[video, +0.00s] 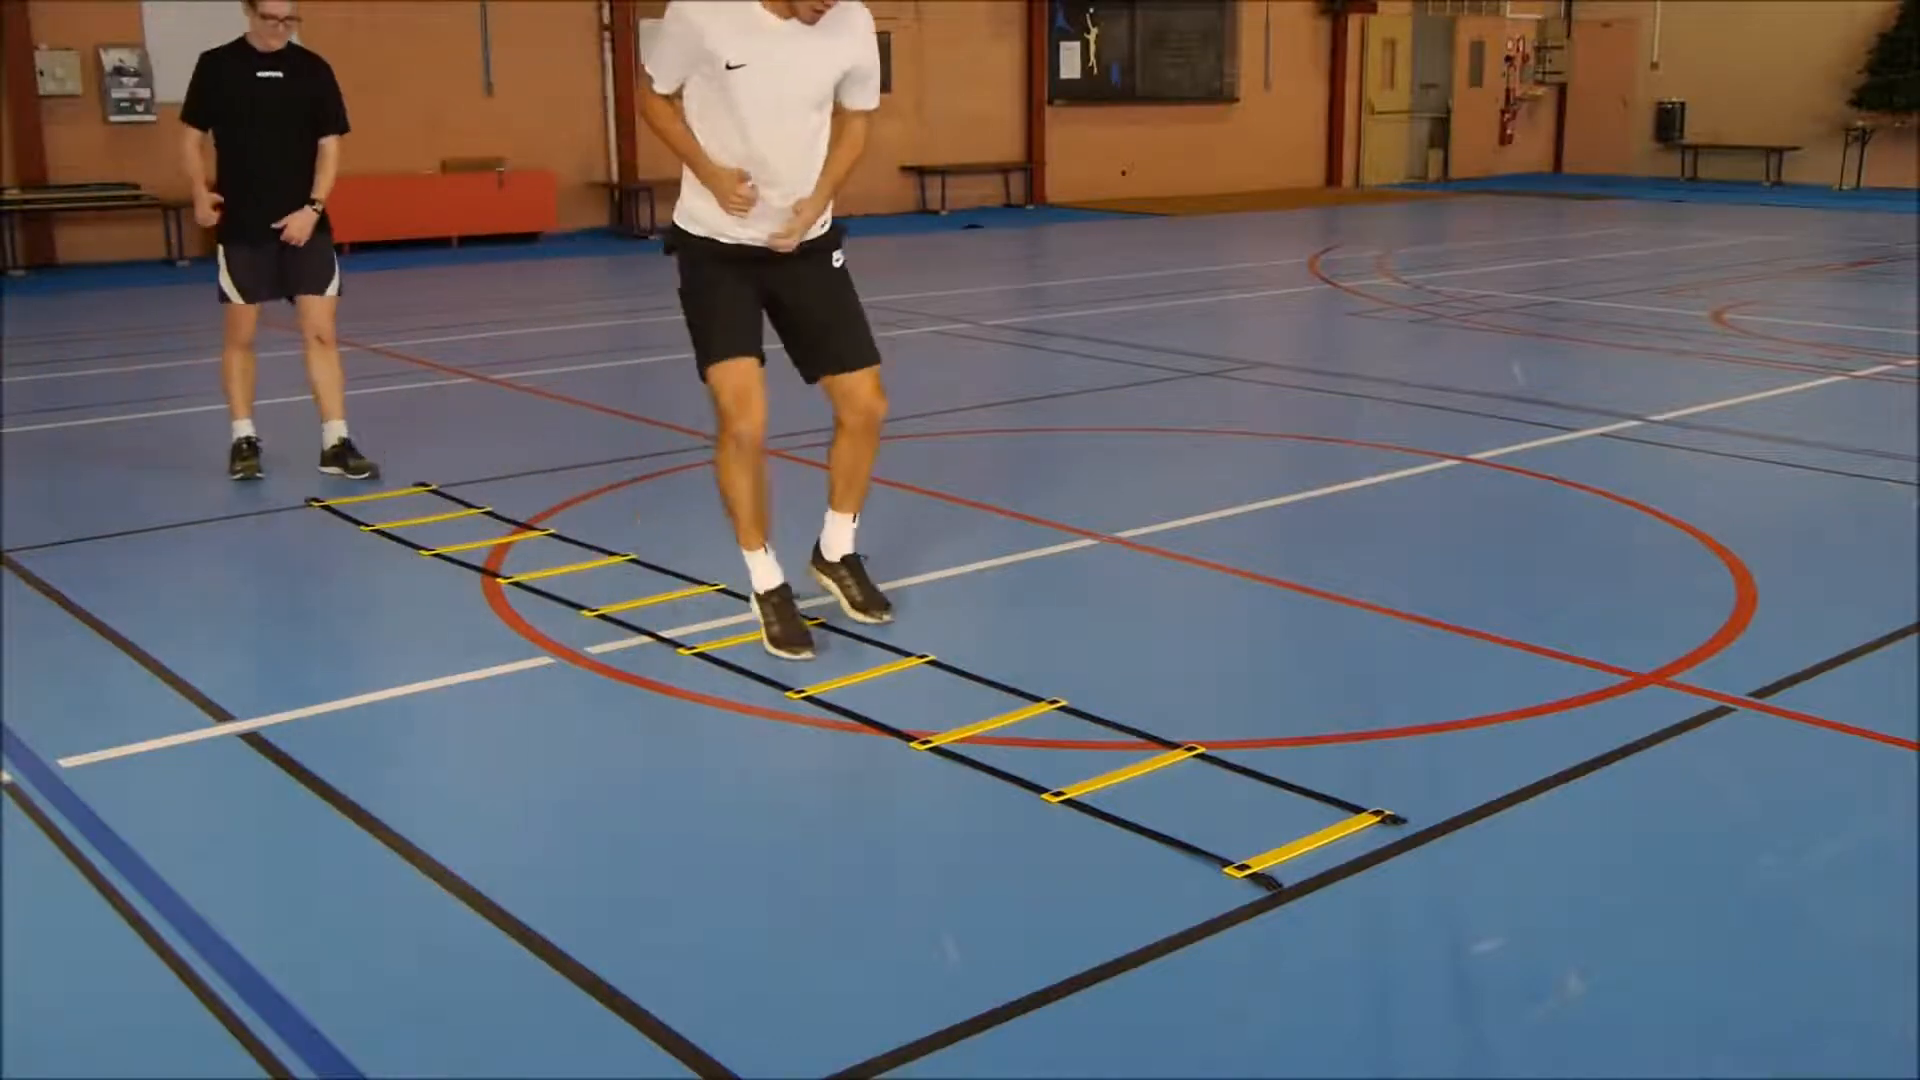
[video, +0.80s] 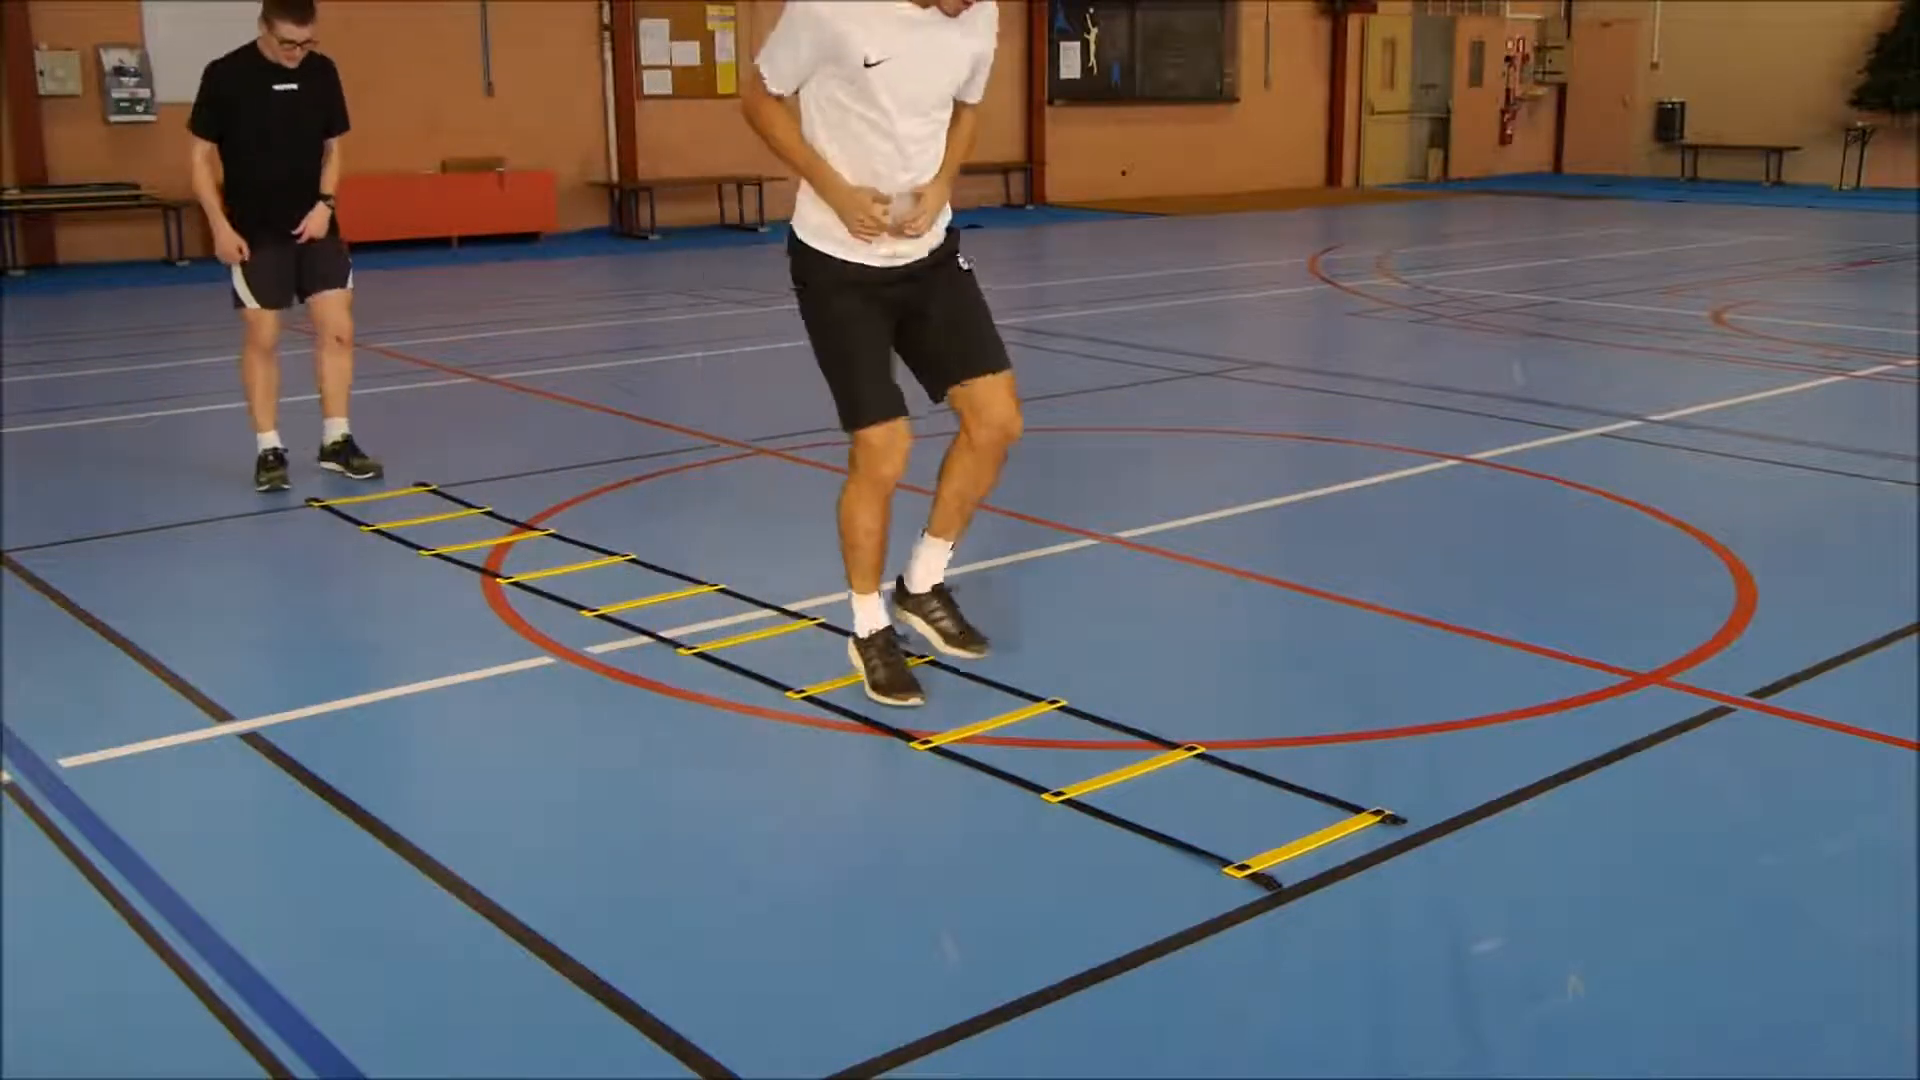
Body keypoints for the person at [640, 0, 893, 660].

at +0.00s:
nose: (822, 6)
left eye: (829, 3)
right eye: (813, 2)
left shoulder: (853, 24)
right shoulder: (698, 17)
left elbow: (854, 118)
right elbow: (654, 98)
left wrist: (818, 198)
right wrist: (708, 169)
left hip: (807, 242)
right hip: (714, 244)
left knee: (864, 405)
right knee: (744, 420)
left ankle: (835, 551)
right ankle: (767, 585)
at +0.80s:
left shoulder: (982, 16)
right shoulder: (827, 12)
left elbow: (965, 106)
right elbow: (758, 97)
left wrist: (942, 183)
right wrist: (836, 189)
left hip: (929, 253)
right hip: (837, 260)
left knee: (996, 421)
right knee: (882, 448)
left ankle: (923, 585)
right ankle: (870, 629)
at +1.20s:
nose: (1055, 5)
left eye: (1060, 0)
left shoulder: (1055, 28)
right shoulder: (901, 19)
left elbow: (1031, 123)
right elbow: (824, 123)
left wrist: (1024, 200)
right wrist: (919, 208)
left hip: (997, 278)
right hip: (898, 281)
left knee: (1098, 438)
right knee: (889, 475)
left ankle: (1039, 615)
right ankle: (811, 662)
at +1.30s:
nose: (1082, 5)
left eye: (1088, 0)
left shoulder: (1101, 36)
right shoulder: (927, 19)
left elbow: (1103, 144)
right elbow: (860, 108)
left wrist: (1068, 215)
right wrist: (922, 190)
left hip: (1042, 289)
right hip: (937, 284)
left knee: (1091, 482)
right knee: (938, 472)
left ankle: (1044, 636)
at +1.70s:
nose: (1168, 1)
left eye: (1176, 0)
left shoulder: (1190, 20)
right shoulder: (1017, 11)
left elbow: (1172, 132)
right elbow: (943, 121)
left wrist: (1128, 228)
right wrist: (1040, 213)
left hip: (1111, 296)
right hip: (1002, 286)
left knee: (1167, 486)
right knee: (997, 499)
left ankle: (1054, 648)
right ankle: (925, 709)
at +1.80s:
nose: (1196, 4)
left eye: (1201, 2)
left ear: (1199, 0)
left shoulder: (1197, 23)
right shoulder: (1042, 18)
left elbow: (1169, 136)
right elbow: (955, 135)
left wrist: (1144, 229)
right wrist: (1069, 233)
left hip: (1126, 300)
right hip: (1024, 305)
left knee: (1240, 457)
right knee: (989, 523)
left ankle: (1114, 616)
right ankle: (907, 719)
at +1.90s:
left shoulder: (1253, 17)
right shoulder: (1085, 11)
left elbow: (1224, 120)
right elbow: (999, 120)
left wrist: (1194, 215)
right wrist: (1088, 228)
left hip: (1173, 281)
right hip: (1060, 285)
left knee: (1266, 462)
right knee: (1042, 509)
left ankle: (1211, 657)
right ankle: (954, 695)